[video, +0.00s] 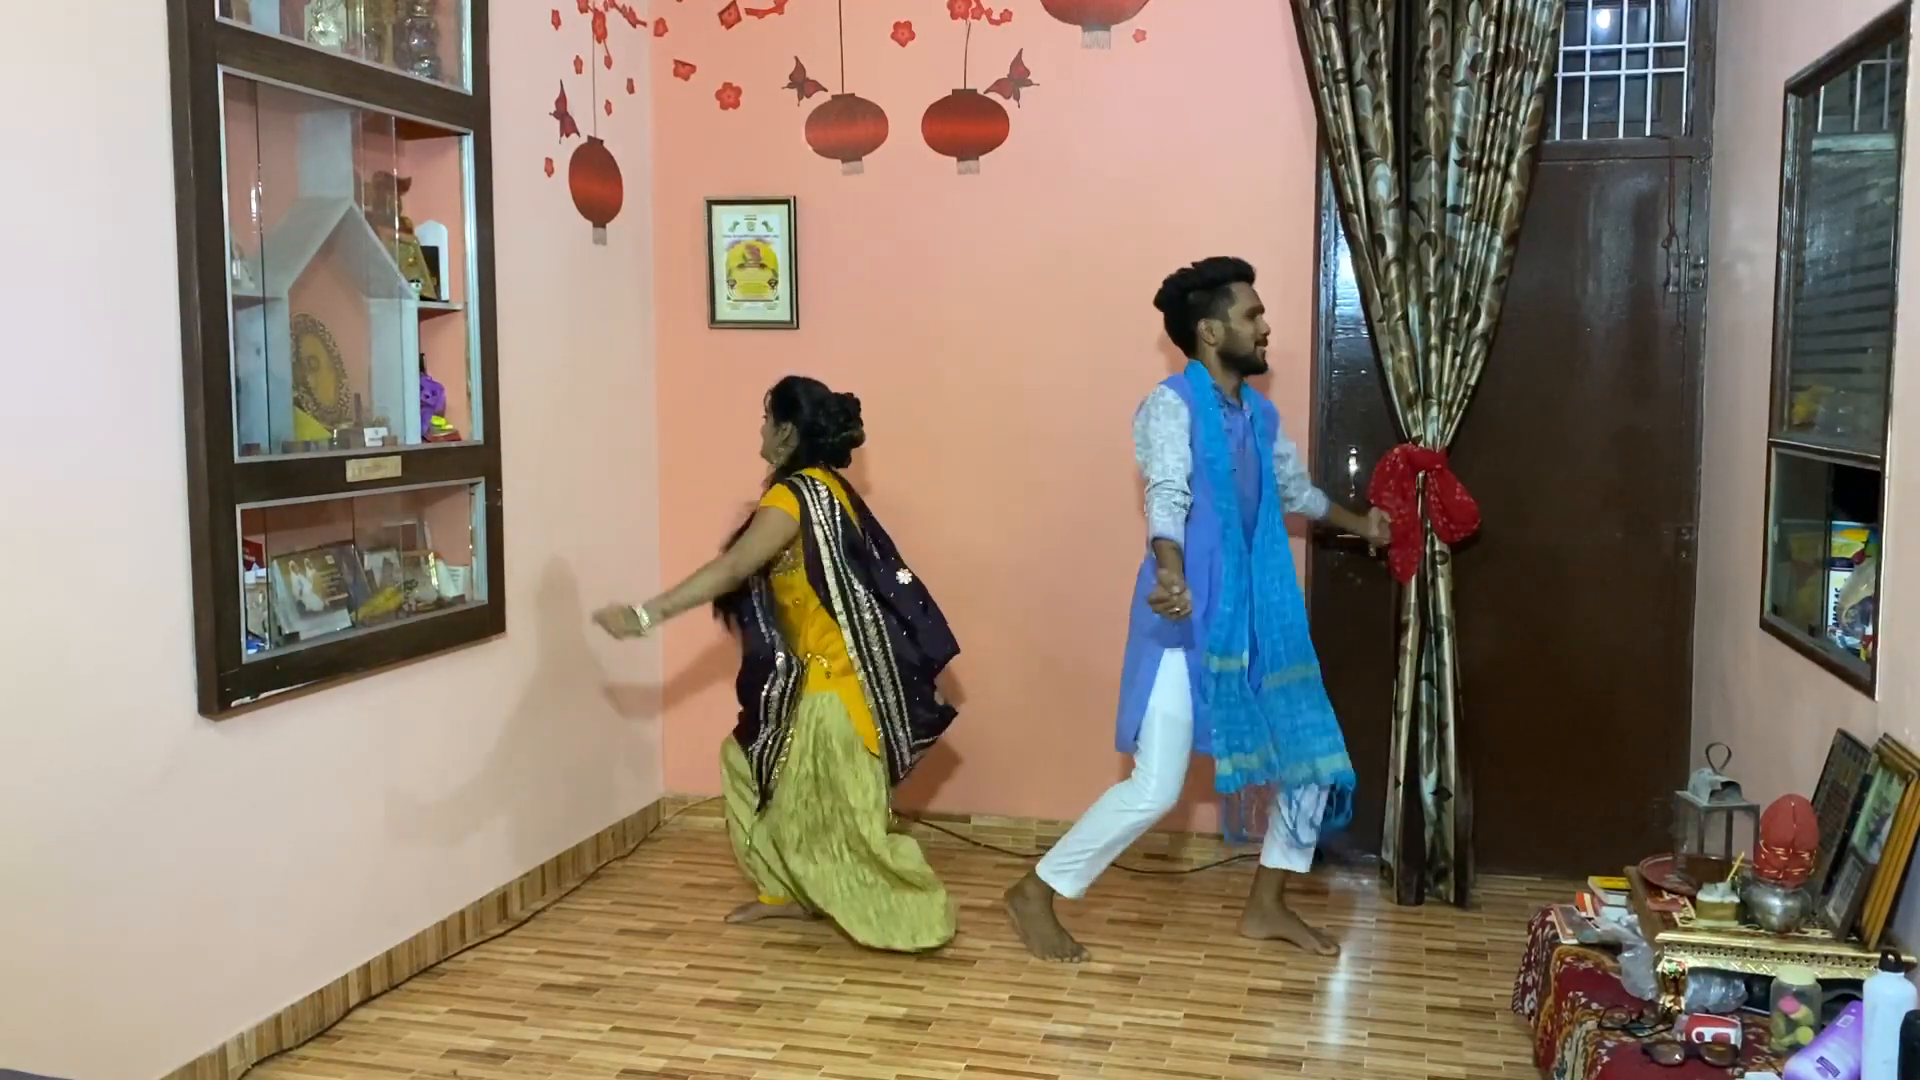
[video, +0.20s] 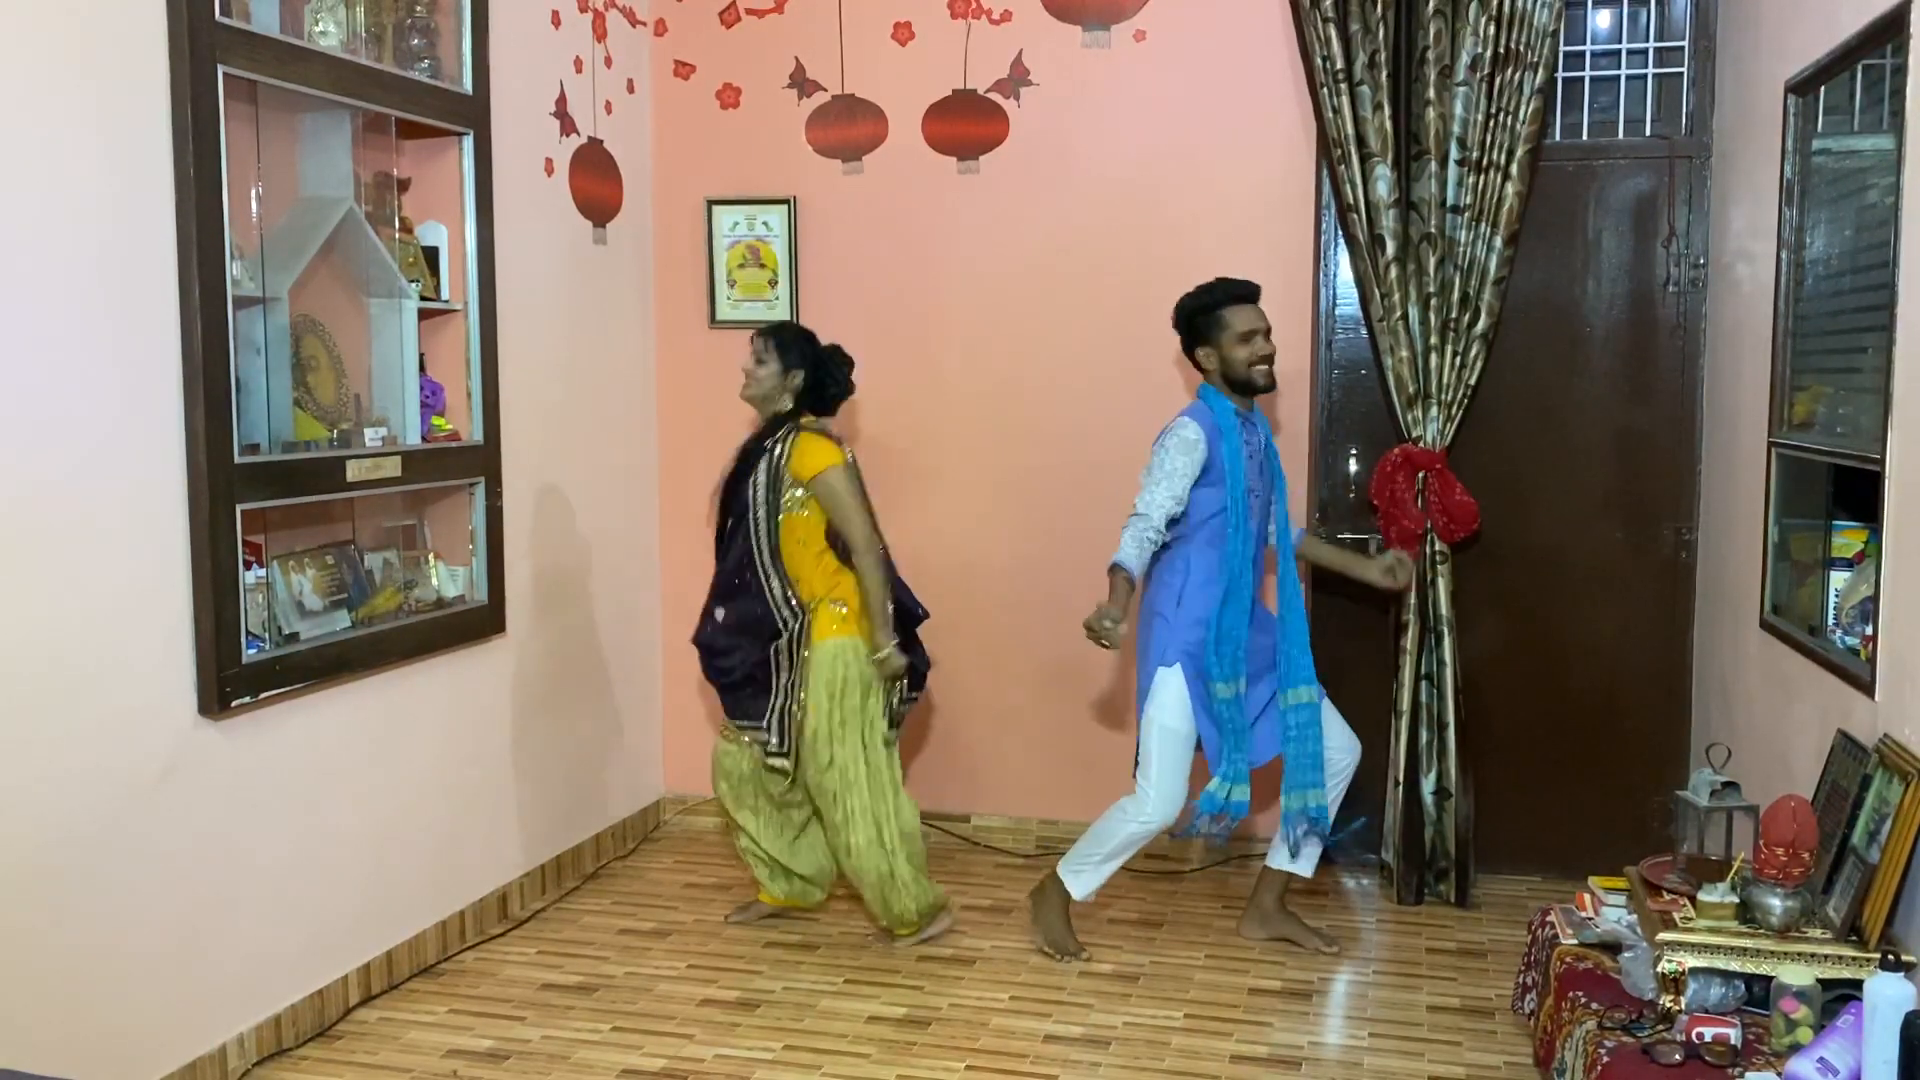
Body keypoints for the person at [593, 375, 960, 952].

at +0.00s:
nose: (760, 429)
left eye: (768, 420)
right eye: (765, 419)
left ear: (792, 431)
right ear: (806, 432)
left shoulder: (792, 496)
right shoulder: (828, 488)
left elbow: (731, 570)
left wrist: (644, 614)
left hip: (834, 679)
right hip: (835, 671)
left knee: (834, 806)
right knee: (743, 758)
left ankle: (921, 911)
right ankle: (787, 891)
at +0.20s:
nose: (746, 370)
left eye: (758, 363)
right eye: (749, 360)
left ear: (792, 378)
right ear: (777, 380)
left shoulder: (816, 451)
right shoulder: (763, 453)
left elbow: (865, 547)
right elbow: (767, 561)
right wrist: (752, 643)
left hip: (832, 634)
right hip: (778, 637)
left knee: (845, 767)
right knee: (744, 760)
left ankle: (916, 907)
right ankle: (791, 885)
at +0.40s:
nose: (812, 344)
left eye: (815, 335)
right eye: (798, 335)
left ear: (820, 342)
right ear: (758, 344)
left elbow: (924, 456)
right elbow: (654, 486)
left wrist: (993, 466)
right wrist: (595, 478)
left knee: (895, 746)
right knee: (751, 760)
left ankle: (926, 883)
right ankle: (725, 890)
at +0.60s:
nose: (829, 413)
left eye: (828, 403)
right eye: (817, 405)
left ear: (816, 410)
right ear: (781, 414)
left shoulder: (833, 465)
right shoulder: (741, 472)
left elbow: (924, 478)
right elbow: (766, 531)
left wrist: (939, 407)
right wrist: (774, 451)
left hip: (829, 656)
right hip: (751, 664)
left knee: (910, 764)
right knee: (746, 800)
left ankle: (929, 891)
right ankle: (707, 896)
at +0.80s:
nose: (847, 351)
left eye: (843, 340)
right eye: (834, 342)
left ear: (835, 354)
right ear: (800, 357)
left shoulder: (848, 416)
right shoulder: (783, 410)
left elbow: (881, 377)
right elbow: (811, 375)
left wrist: (896, 363)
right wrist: (870, 373)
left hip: (869, 603)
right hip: (797, 606)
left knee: (905, 747)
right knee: (770, 751)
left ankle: (930, 891)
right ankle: (718, 885)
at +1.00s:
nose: (857, 314)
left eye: (856, 306)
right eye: (843, 306)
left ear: (851, 320)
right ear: (820, 321)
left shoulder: (881, 378)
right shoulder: (823, 378)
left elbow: (888, 313)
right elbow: (847, 306)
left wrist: (910, 236)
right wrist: (833, 201)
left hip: (886, 580)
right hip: (826, 573)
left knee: (909, 733)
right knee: (785, 723)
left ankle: (939, 874)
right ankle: (744, 871)